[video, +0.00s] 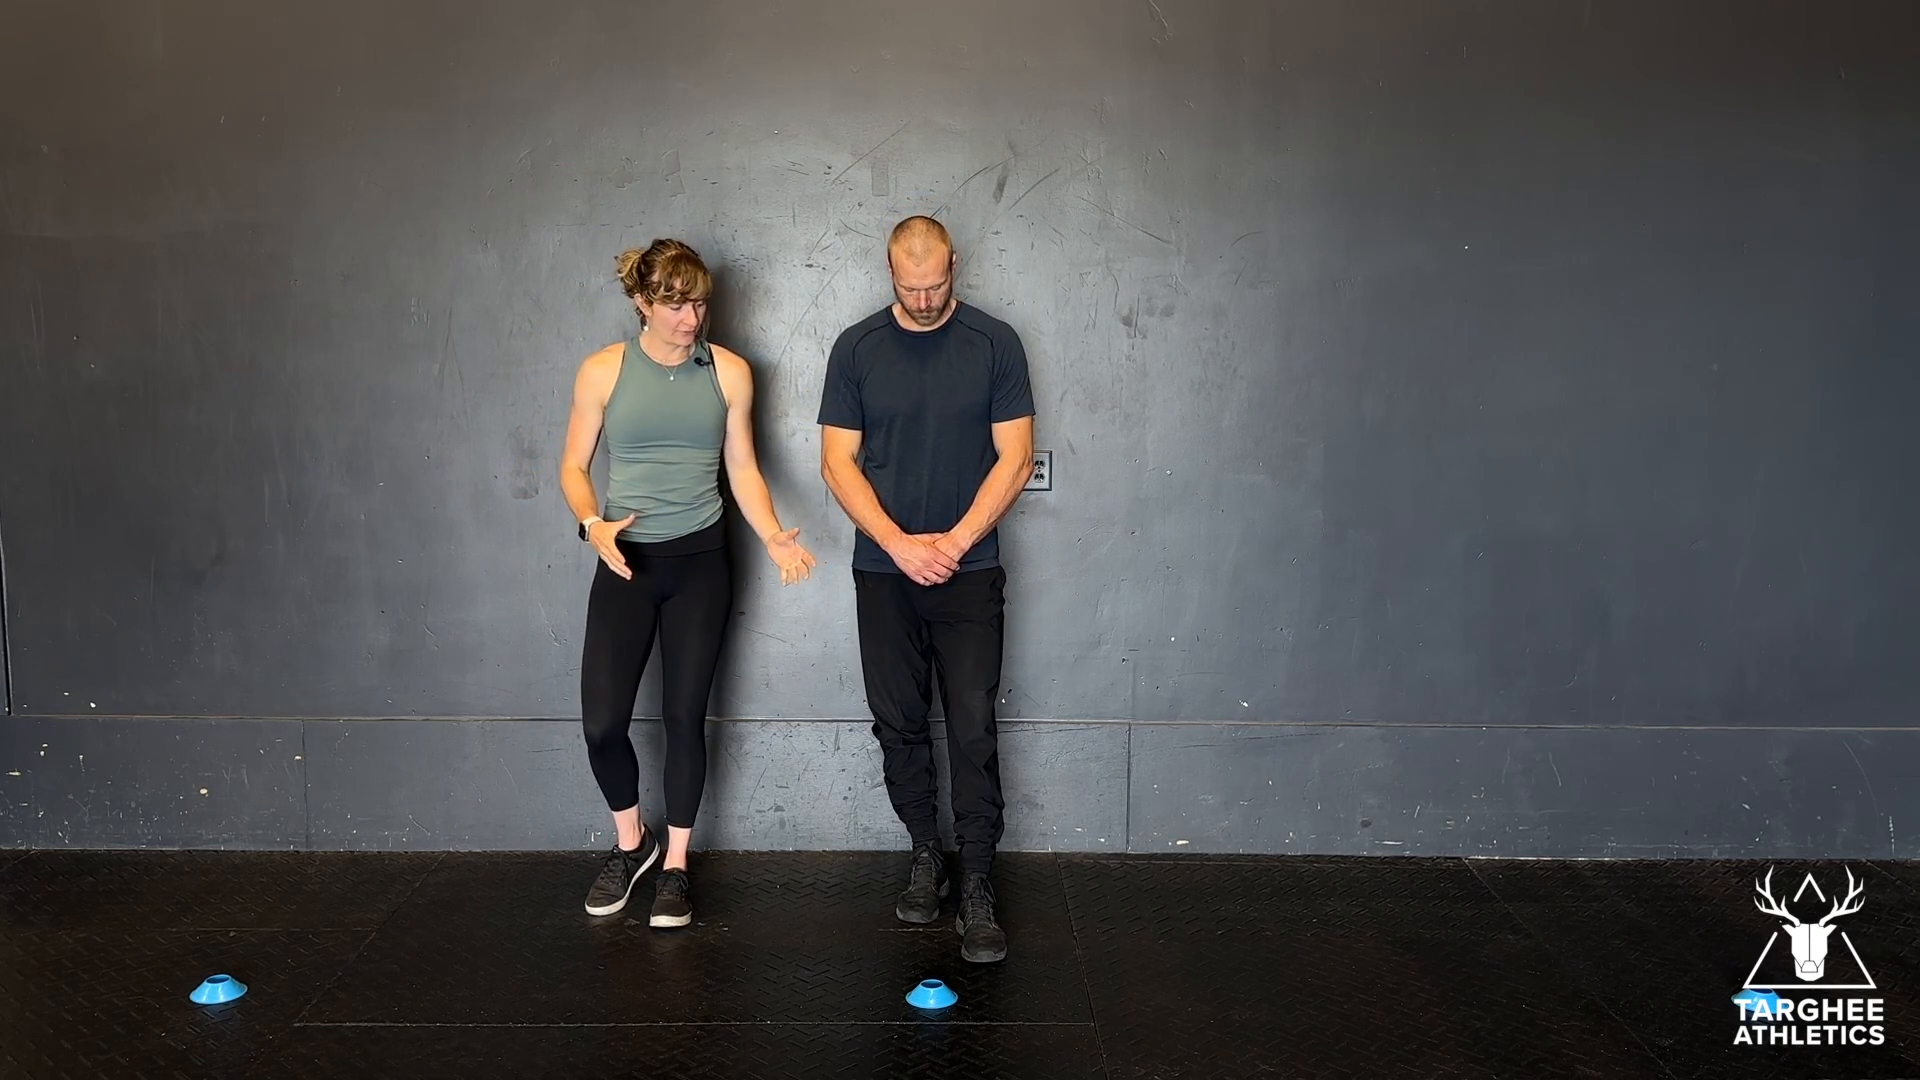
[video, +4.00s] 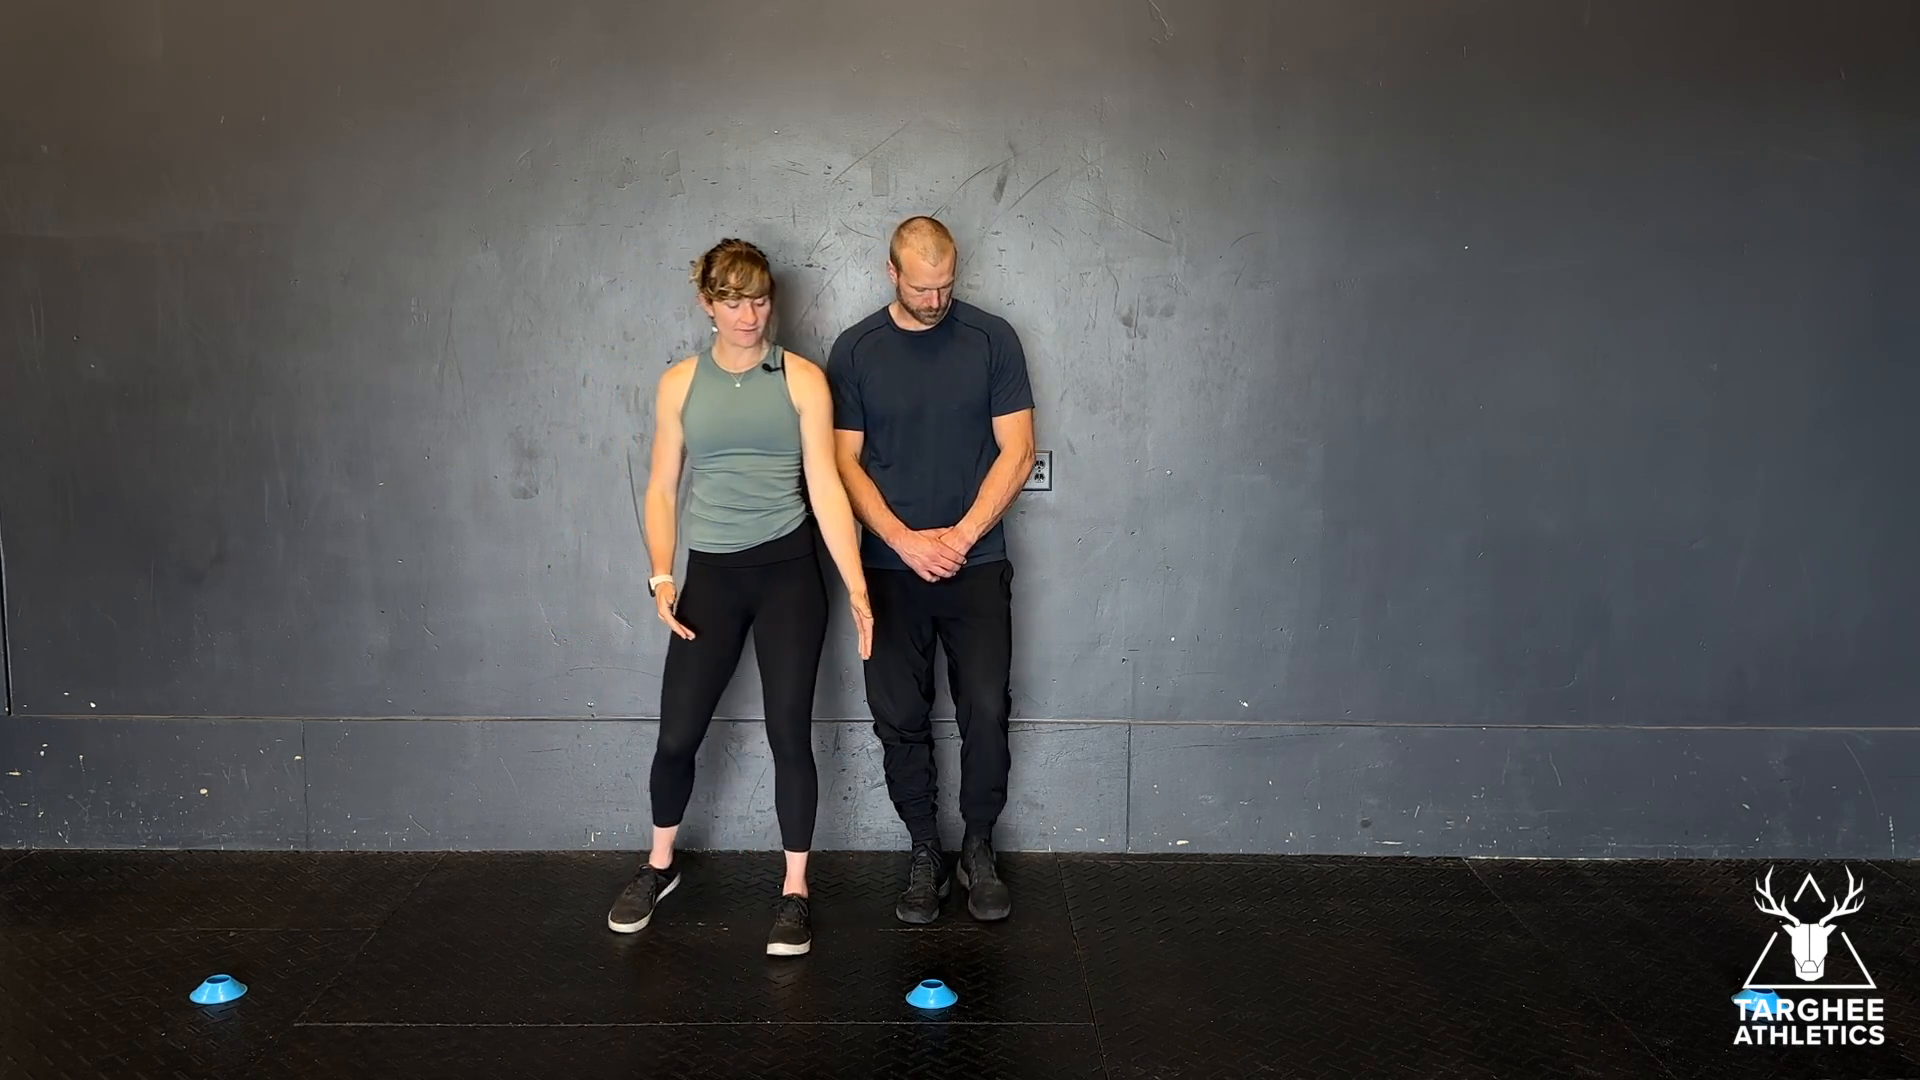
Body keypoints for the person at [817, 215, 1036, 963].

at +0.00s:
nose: (926, 297)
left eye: (936, 284)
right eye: (913, 287)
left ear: (951, 269)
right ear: (892, 275)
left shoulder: (993, 343)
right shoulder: (857, 347)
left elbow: (1017, 460)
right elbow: (837, 465)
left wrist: (953, 542)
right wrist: (896, 541)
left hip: (968, 571)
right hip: (885, 572)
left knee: (971, 731)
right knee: (899, 726)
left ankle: (977, 888)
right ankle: (928, 858)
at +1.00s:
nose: (934, 295)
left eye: (945, 283)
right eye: (923, 283)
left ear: (957, 271)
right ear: (897, 270)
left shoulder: (993, 344)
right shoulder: (856, 348)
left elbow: (1016, 461)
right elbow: (837, 466)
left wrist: (955, 542)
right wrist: (898, 541)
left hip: (970, 568)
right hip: (886, 570)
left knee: (975, 718)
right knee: (900, 723)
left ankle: (977, 876)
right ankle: (927, 856)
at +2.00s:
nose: (900, 300)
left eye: (911, 287)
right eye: (888, 288)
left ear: (937, 270)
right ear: (872, 277)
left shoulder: (988, 342)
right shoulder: (852, 351)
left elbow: (1014, 459)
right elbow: (834, 467)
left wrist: (950, 541)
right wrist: (890, 541)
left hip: (968, 572)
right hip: (883, 573)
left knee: (974, 727)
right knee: (897, 728)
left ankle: (977, 884)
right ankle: (929, 858)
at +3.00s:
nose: (910, 299)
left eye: (920, 287)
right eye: (898, 288)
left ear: (941, 270)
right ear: (880, 275)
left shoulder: (987, 341)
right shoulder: (850, 348)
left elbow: (1012, 457)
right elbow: (832, 463)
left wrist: (951, 538)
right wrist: (891, 539)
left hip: (966, 565)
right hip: (881, 566)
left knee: (974, 719)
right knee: (897, 721)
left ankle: (976, 871)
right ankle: (926, 853)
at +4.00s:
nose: (934, 294)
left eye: (943, 282)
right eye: (921, 283)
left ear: (954, 270)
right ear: (893, 272)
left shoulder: (990, 339)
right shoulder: (854, 352)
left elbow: (1019, 453)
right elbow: (845, 464)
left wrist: (962, 535)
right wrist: (901, 537)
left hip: (975, 559)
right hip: (888, 561)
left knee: (986, 709)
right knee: (899, 715)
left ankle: (978, 849)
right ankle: (925, 853)